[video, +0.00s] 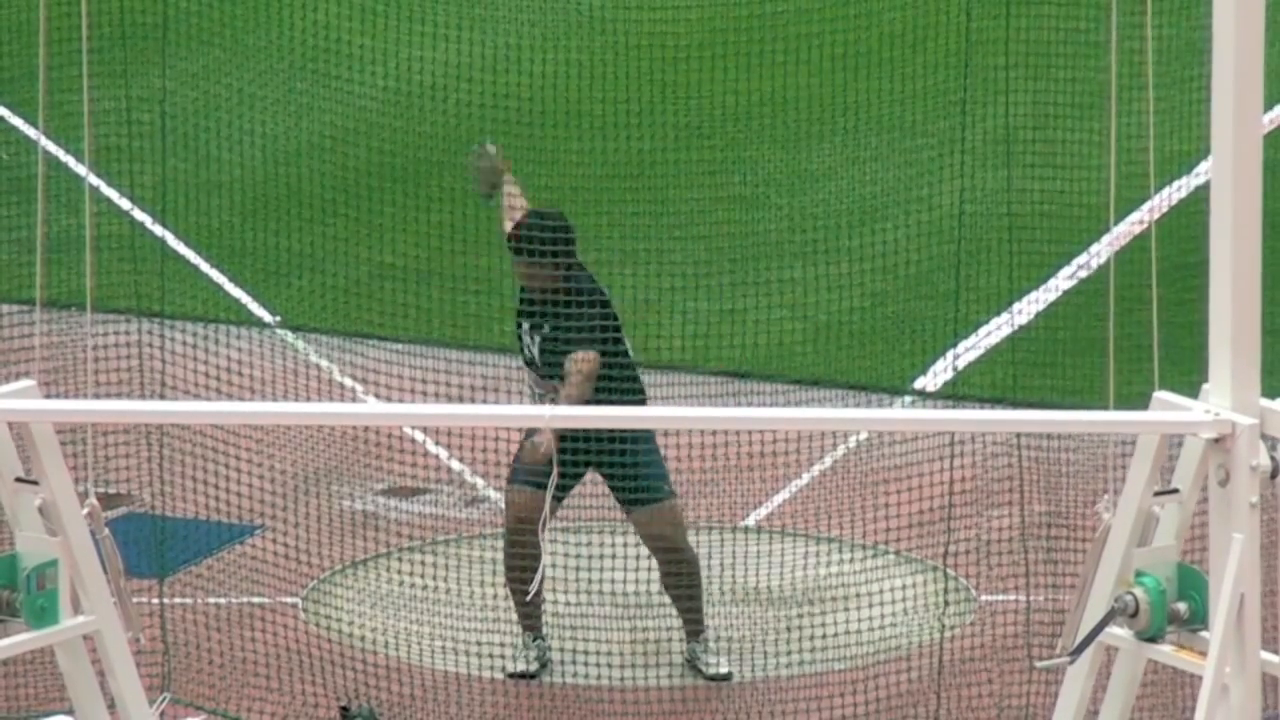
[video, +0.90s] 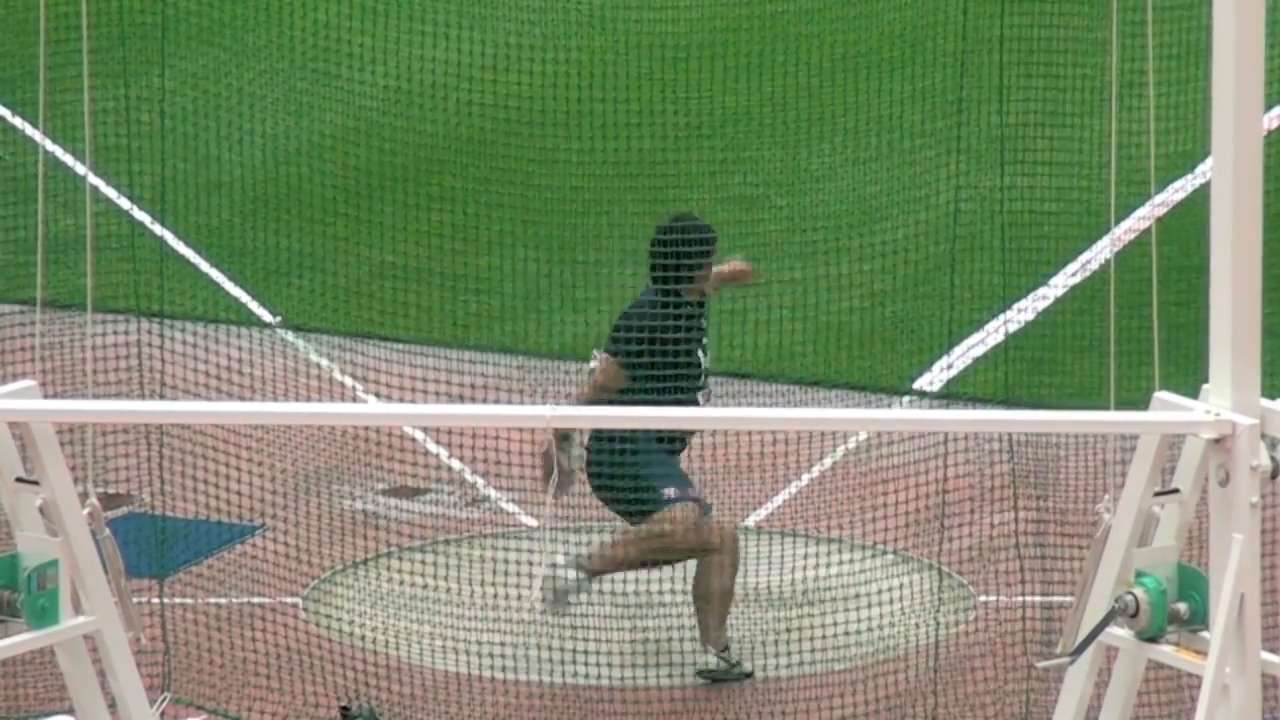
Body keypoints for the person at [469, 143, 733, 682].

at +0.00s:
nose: (523, 270)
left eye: (532, 262)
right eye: (520, 260)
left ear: (557, 262)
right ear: (518, 254)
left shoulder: (585, 300)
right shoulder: (535, 276)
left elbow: (583, 375)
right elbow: (516, 214)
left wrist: (553, 430)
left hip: (617, 428)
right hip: (559, 426)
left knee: (667, 536)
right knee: (519, 517)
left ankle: (698, 641)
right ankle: (532, 638)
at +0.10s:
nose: (523, 269)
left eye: (533, 261)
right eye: (518, 259)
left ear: (556, 257)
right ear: (514, 251)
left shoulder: (572, 296)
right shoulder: (541, 237)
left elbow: (552, 374)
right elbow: (551, 181)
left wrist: (500, 424)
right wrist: (558, 139)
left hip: (613, 422)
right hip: (553, 420)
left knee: (659, 535)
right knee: (519, 517)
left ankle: (702, 636)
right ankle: (532, 640)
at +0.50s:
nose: (561, 270)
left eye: (572, 262)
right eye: (555, 260)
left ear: (589, 263)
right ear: (542, 257)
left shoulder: (600, 308)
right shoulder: (556, 260)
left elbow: (581, 386)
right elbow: (570, 186)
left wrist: (533, 437)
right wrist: (580, 127)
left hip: (633, 417)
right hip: (570, 416)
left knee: (679, 522)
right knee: (532, 517)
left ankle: (707, 633)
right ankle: (537, 640)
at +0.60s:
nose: (602, 272)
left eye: (611, 264)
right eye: (598, 262)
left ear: (626, 266)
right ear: (583, 259)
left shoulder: (639, 311)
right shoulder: (566, 261)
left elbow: (654, 385)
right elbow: (548, 210)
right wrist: (536, 172)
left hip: (632, 419)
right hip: (568, 416)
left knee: (696, 510)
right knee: (532, 515)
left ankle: (698, 640)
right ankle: (537, 641)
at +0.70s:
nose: (677, 259)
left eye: (677, 249)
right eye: (668, 251)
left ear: (665, 255)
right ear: (641, 255)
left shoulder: (682, 301)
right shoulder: (593, 278)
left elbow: (739, 343)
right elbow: (530, 268)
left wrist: (794, 383)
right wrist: (484, 263)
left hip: (641, 433)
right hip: (575, 429)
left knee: (711, 513)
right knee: (535, 532)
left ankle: (694, 647)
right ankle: (538, 643)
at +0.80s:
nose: (709, 260)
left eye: (706, 252)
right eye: (700, 253)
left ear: (684, 258)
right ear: (673, 260)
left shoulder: (712, 295)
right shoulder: (619, 302)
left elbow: (781, 299)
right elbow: (548, 339)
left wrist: (855, 304)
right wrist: (494, 360)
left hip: (643, 450)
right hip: (592, 442)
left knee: (720, 534)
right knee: (575, 537)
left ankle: (715, 658)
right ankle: (517, 622)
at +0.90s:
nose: (714, 269)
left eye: (712, 263)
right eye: (709, 263)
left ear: (672, 265)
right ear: (688, 269)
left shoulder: (685, 299)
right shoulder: (647, 318)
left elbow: (697, 281)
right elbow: (595, 391)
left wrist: (724, 276)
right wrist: (560, 444)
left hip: (654, 450)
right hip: (624, 449)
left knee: (723, 536)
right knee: (690, 528)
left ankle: (714, 655)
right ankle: (578, 567)